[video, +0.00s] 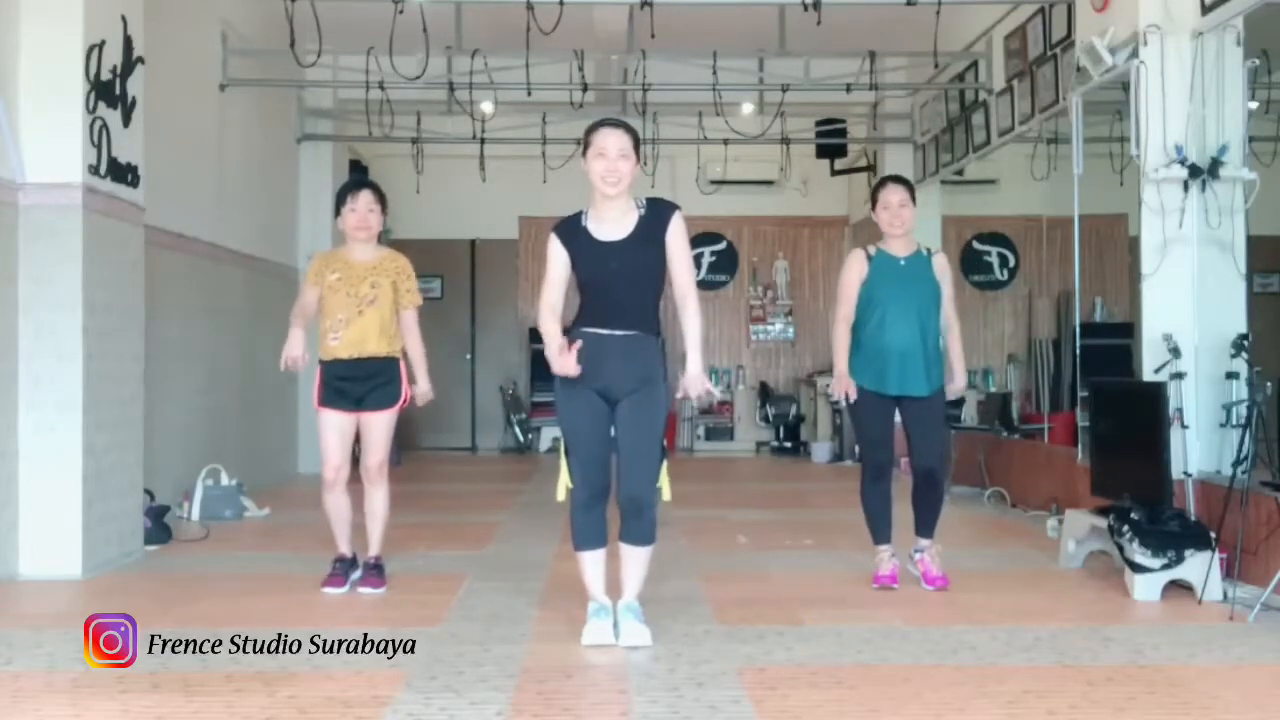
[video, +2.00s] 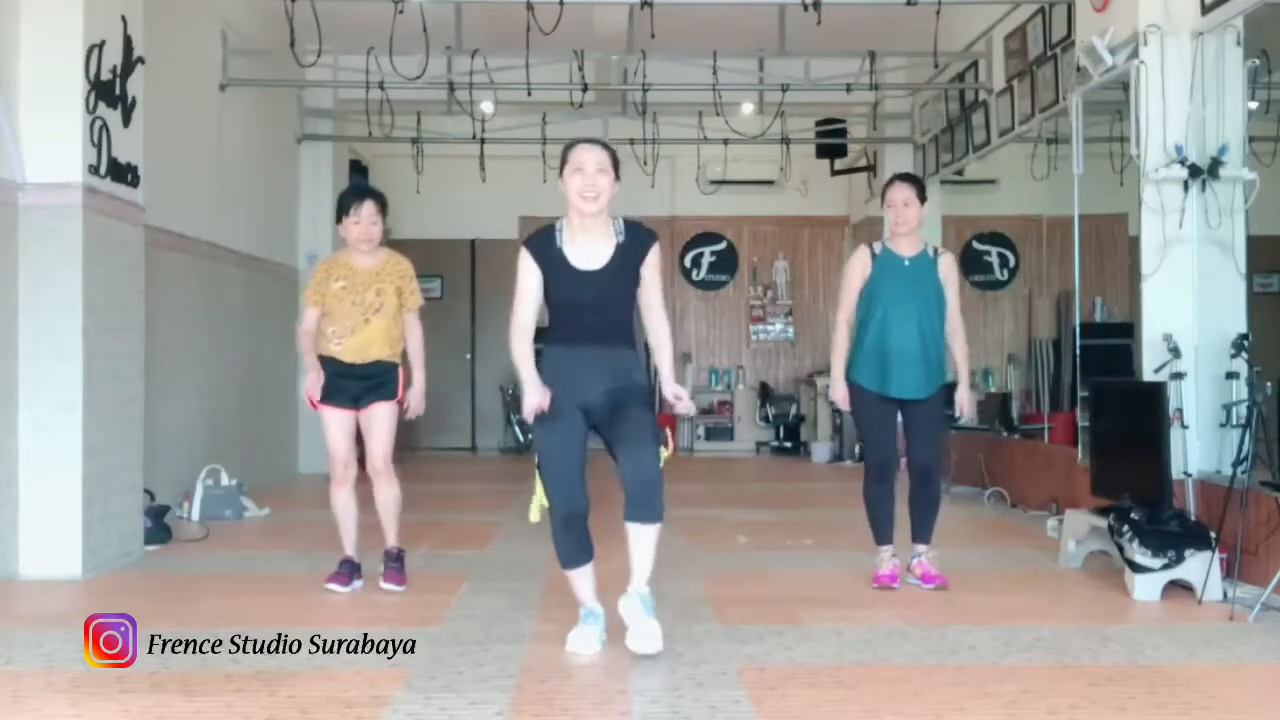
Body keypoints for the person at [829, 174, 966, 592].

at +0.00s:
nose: (895, 213)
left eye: (903, 205)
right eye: (886, 207)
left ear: (915, 211)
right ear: (874, 214)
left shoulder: (936, 261)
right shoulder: (861, 260)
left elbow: (949, 321)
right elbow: (843, 319)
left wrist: (958, 371)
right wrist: (841, 371)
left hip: (924, 381)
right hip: (869, 381)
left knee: (931, 466)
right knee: (877, 464)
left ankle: (925, 549)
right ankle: (884, 553)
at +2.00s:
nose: (897, 212)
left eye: (906, 205)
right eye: (891, 205)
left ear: (923, 209)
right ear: (883, 210)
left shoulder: (943, 262)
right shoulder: (864, 258)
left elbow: (954, 325)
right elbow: (844, 320)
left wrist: (964, 381)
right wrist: (837, 376)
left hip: (927, 384)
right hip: (870, 383)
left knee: (926, 468)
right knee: (880, 465)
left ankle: (921, 554)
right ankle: (885, 555)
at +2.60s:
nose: (890, 208)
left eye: (899, 200)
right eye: (882, 201)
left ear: (913, 206)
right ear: (873, 208)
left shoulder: (935, 257)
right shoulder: (857, 254)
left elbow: (950, 320)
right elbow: (834, 309)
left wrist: (958, 378)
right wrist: (856, 328)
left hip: (920, 379)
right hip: (867, 379)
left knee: (915, 465)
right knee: (878, 464)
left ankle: (907, 543)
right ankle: (886, 552)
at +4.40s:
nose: (900, 207)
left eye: (908, 200)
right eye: (892, 202)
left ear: (921, 207)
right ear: (881, 211)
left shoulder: (944, 260)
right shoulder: (867, 258)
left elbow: (959, 319)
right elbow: (846, 316)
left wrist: (961, 370)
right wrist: (832, 370)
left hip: (930, 381)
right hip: (877, 380)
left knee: (926, 467)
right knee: (884, 465)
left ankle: (918, 548)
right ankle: (887, 555)